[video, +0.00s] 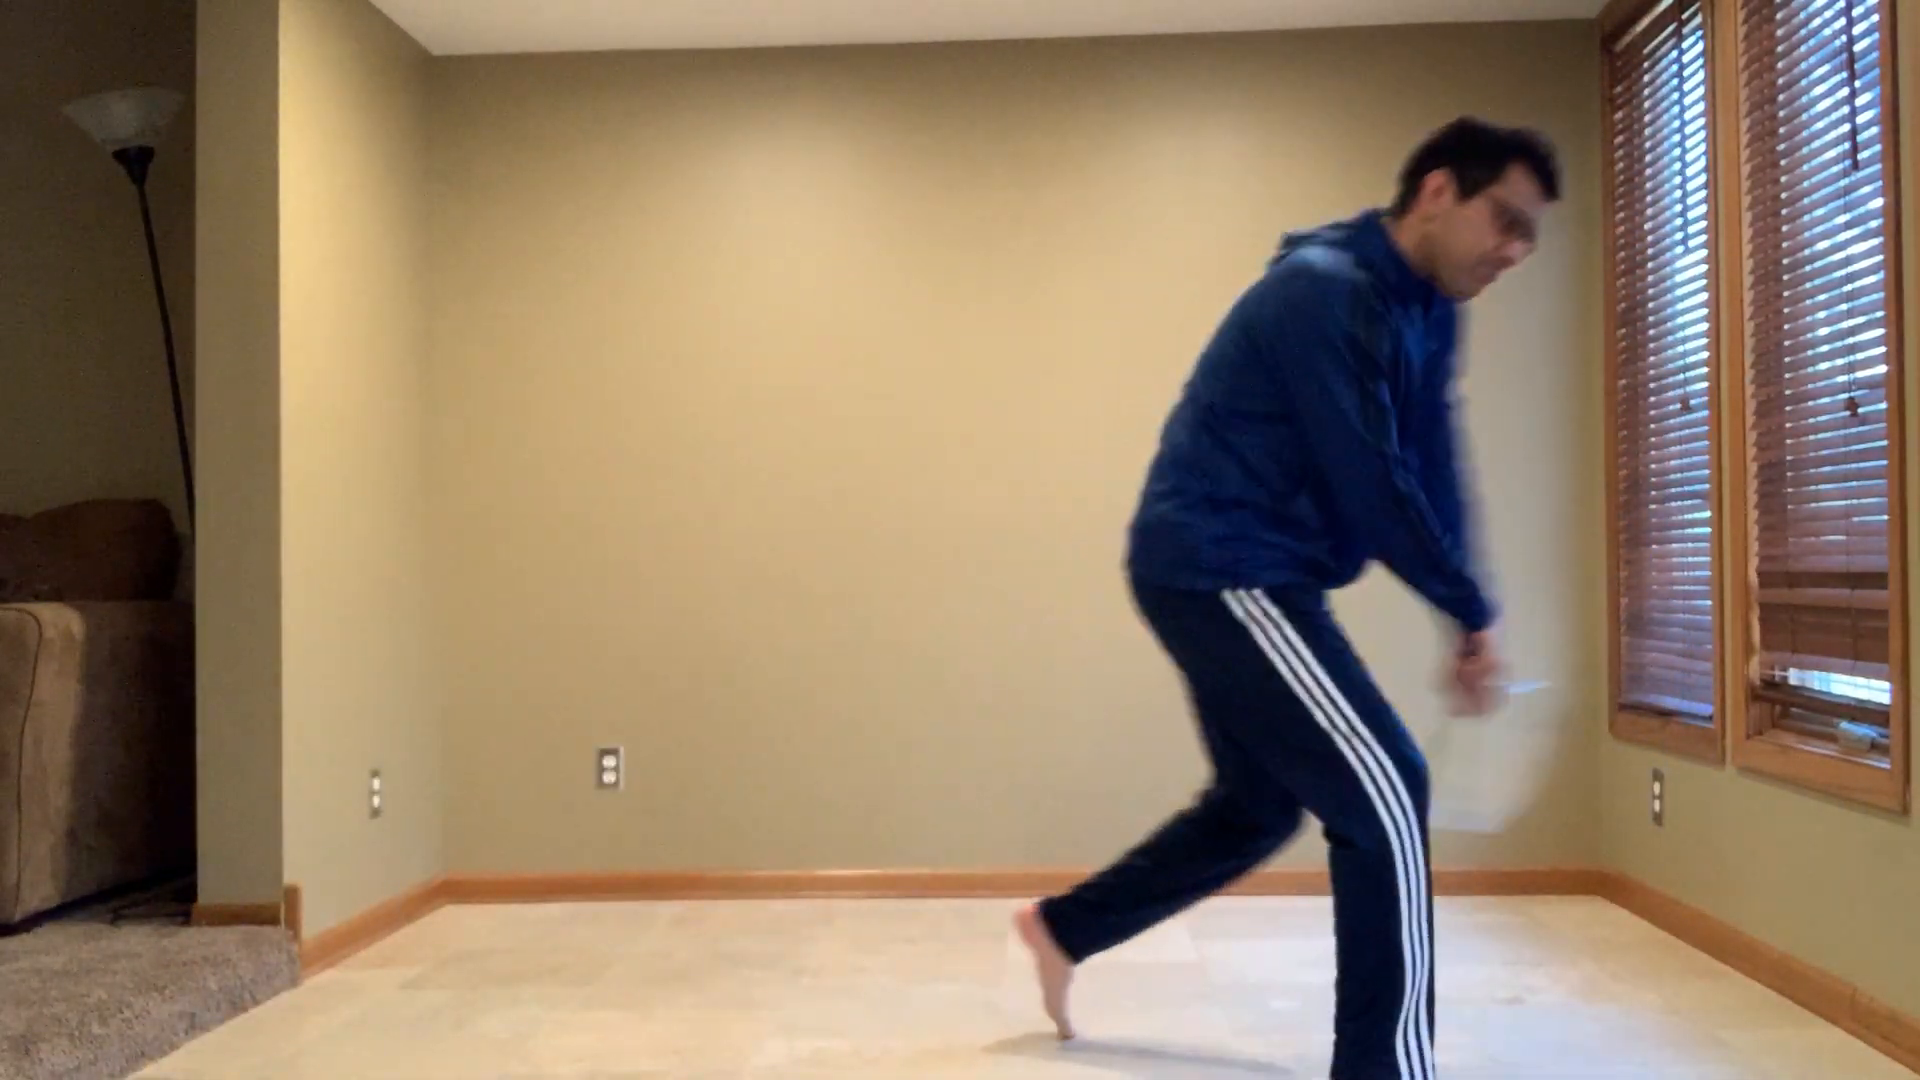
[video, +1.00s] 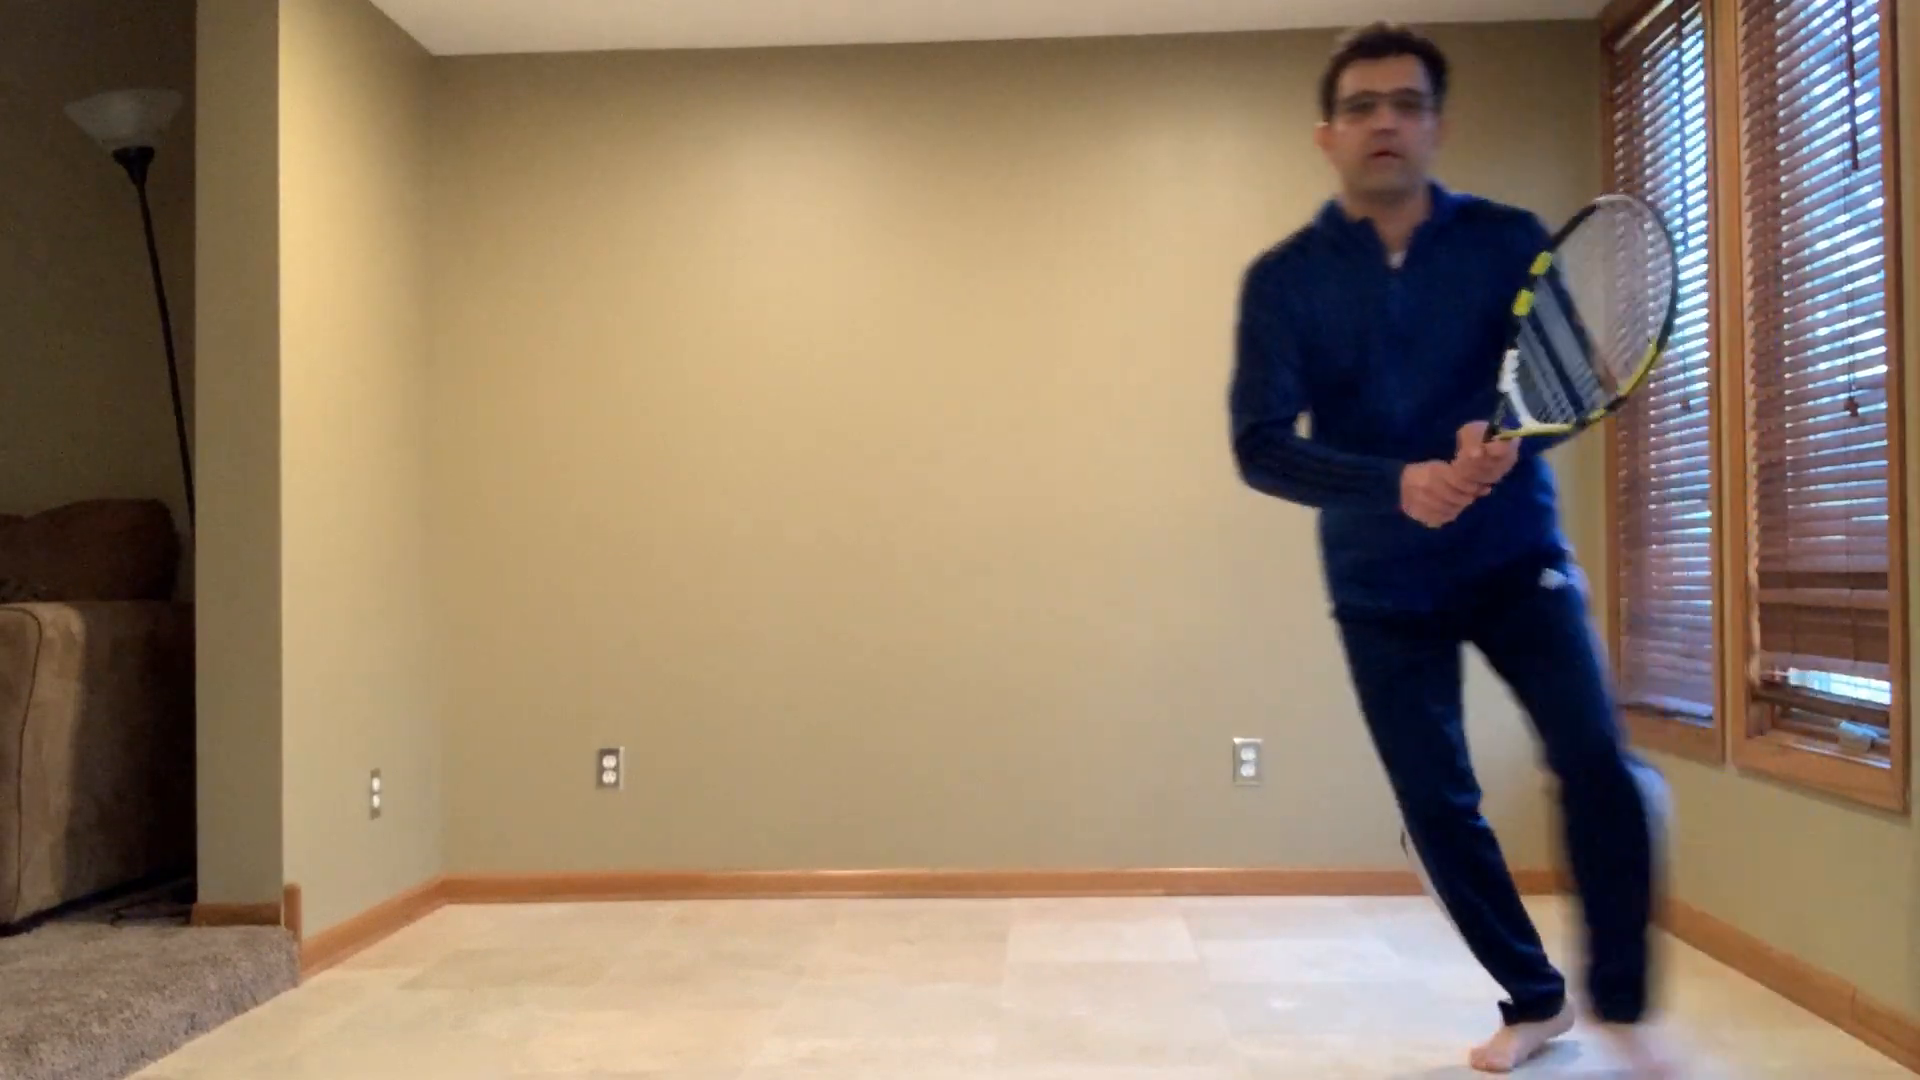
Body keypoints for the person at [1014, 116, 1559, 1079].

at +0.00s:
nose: (1515, 252)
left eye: (1527, 235)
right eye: (1507, 222)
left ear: (1443, 207)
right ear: (1436, 192)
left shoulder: (1426, 310)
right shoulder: (1324, 289)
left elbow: (1432, 464)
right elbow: (1367, 489)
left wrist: (1466, 613)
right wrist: (1472, 611)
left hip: (1268, 571)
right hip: (1213, 566)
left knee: (1260, 801)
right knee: (1381, 786)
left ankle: (1063, 927)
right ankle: (1384, 1066)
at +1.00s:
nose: (1385, 124)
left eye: (1408, 104)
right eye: (1360, 106)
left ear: (1440, 127)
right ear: (1325, 134)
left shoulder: (1506, 238)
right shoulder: (1284, 280)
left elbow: (1570, 377)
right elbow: (1260, 449)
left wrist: (1509, 435)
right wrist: (1394, 480)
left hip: (1515, 556)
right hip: (1383, 579)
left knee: (1595, 759)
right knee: (1435, 805)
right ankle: (1533, 1001)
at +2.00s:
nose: (531, 106)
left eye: (560, 91)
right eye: (520, 86)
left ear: (609, 120)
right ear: (502, 106)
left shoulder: (663, 244)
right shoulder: (447, 230)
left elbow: (685, 396)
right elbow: (406, 379)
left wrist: (572, 468)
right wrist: (485, 475)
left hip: (613, 550)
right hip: (475, 546)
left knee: (625, 776)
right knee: (403, 762)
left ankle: (612, 993)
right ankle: (389, 973)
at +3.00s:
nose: (1122, 258)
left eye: (1141, 246)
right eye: (1108, 231)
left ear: (1150, 258)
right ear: (1048, 220)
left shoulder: (1046, 329)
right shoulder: (991, 323)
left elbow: (1021, 490)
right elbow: (1006, 498)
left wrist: (1088, 599)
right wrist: (1080, 621)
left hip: (928, 587)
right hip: (847, 579)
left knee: (1013, 764)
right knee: (910, 803)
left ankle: (1027, 1003)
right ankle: (730, 966)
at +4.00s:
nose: (1711, 120)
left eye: (1727, 105)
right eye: (1684, 99)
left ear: (1740, 131)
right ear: (1620, 125)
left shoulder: (1757, 238)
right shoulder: (1549, 242)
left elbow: (1698, 346)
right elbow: (1401, 394)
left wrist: (1544, 268)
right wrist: (1465, 314)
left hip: (1712, 571)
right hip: (1567, 569)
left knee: (1827, 804)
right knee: (1613, 799)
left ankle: (1843, 1029)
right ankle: (1542, 1055)